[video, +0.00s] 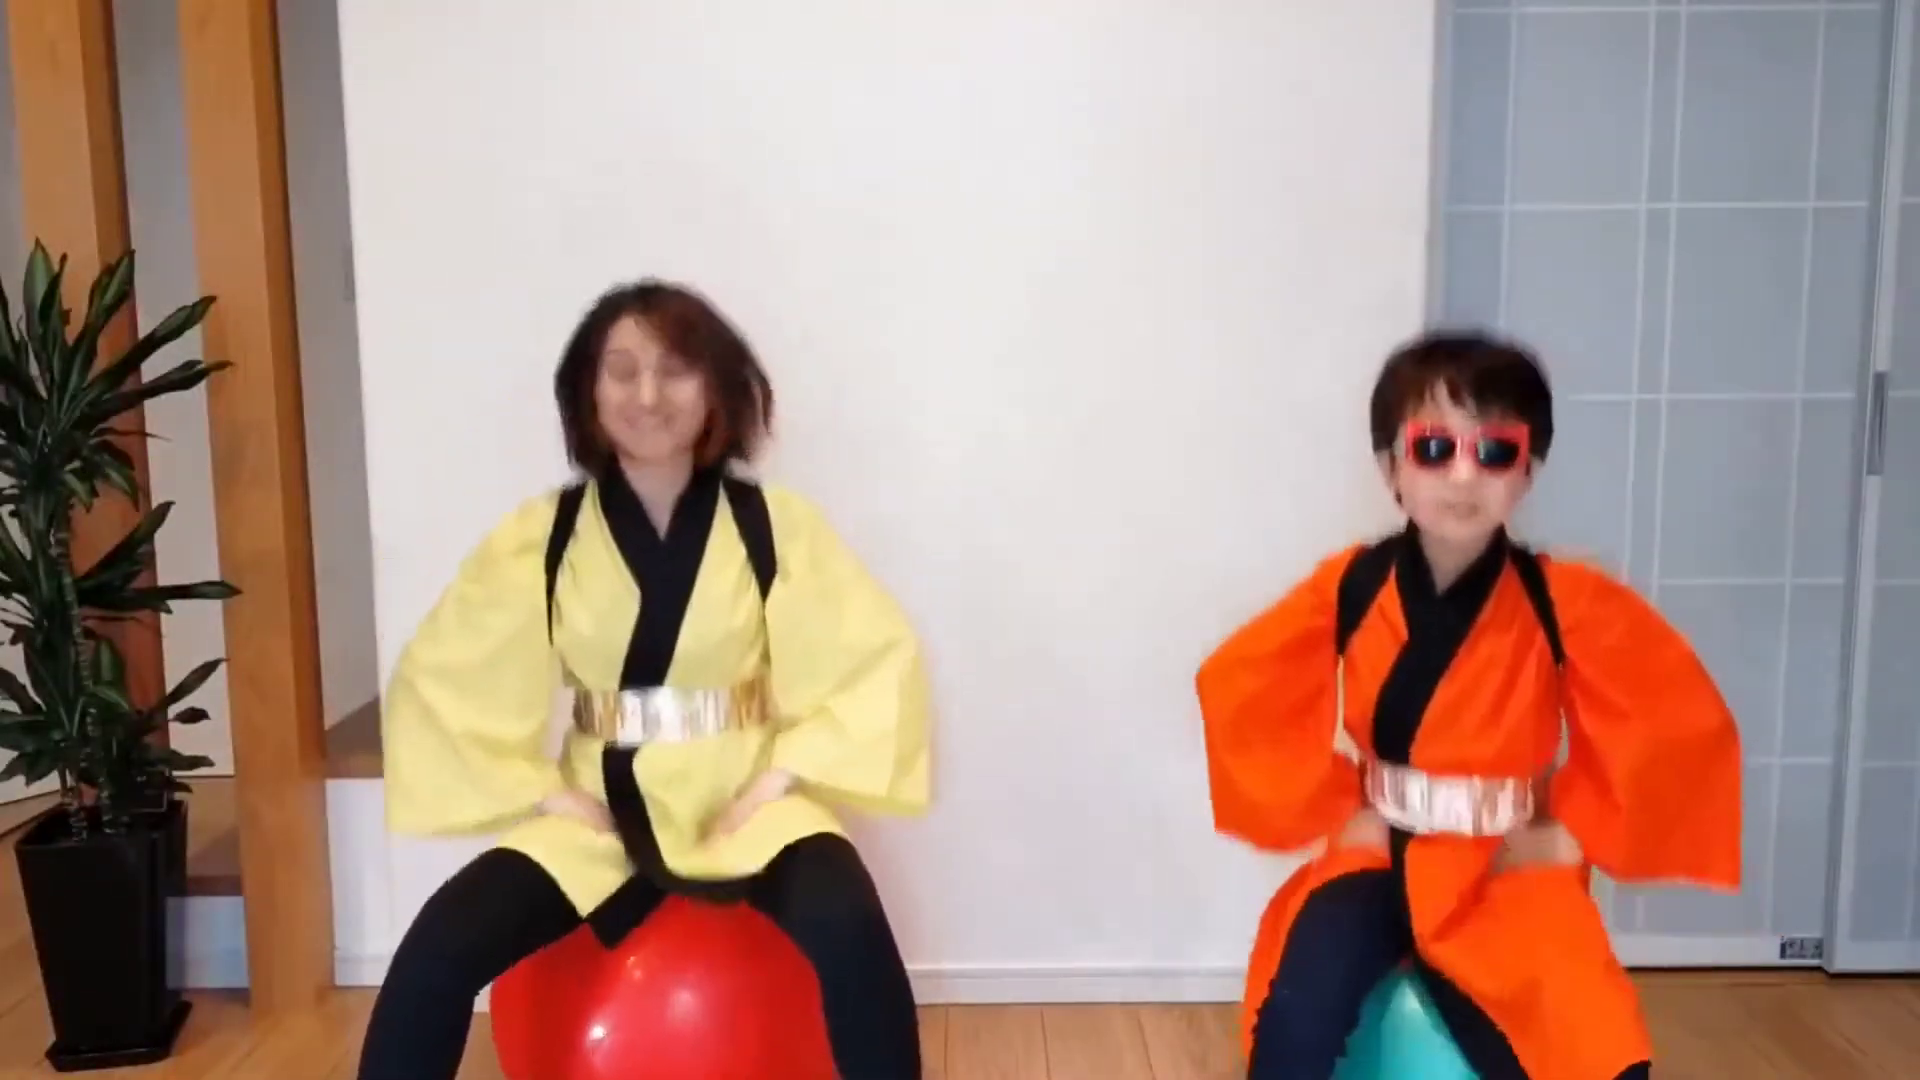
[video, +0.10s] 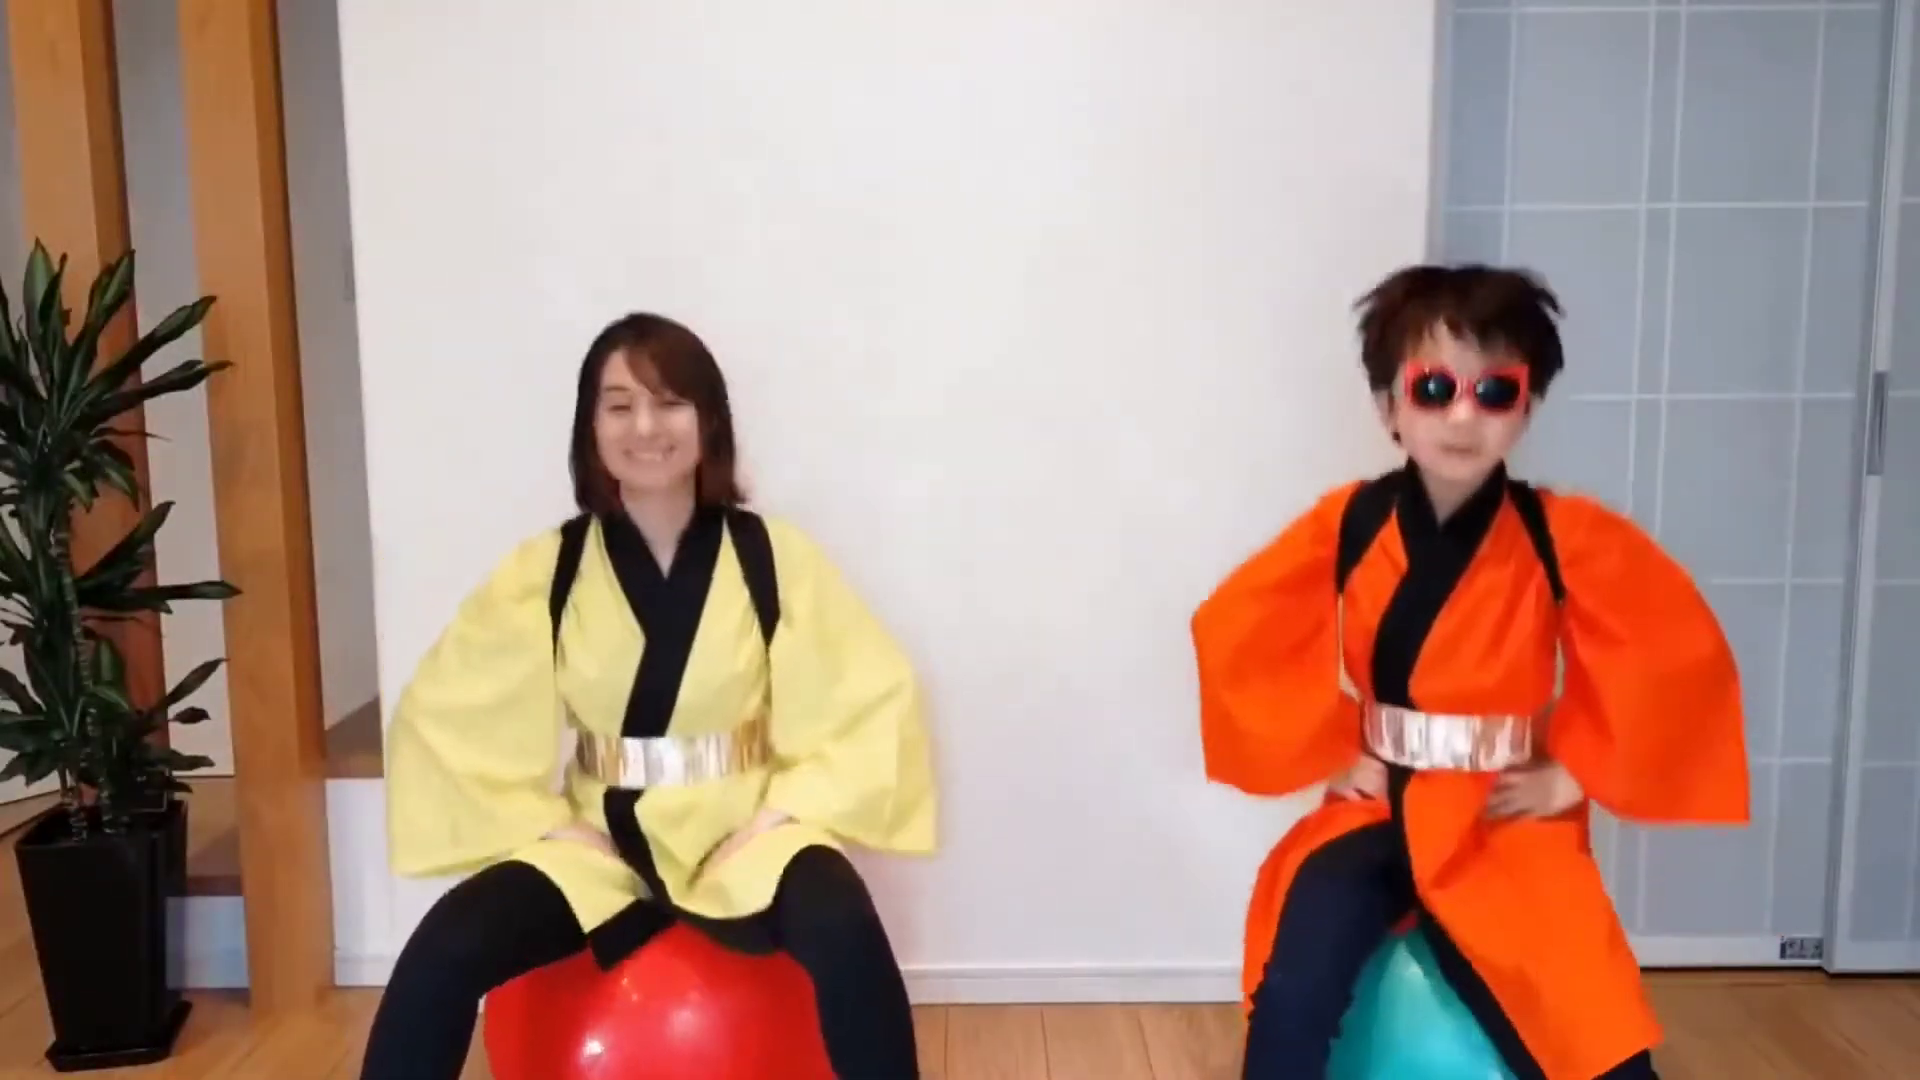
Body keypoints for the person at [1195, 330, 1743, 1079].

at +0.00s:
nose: (1464, 473)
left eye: (1497, 450)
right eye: (1434, 446)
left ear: (1529, 474)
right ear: (1392, 470)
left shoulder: (1564, 601)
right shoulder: (1354, 585)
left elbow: (1687, 728)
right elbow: (1234, 687)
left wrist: (1572, 835)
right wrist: (1336, 813)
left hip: (1514, 871)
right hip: (1375, 859)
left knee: (1599, 1046)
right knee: (1301, 1006)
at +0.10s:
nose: (1463, 413)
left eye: (1496, 390)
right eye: (1434, 387)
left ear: (1529, 410)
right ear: (1390, 411)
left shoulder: (1563, 533)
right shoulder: (1352, 523)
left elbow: (1683, 654)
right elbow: (1232, 630)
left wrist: (1576, 772)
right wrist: (1338, 748)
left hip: (1513, 818)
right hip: (1378, 809)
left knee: (1600, 1018)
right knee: (1309, 937)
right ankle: (1281, 1066)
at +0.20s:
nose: (1463, 431)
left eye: (1494, 407)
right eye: (1433, 405)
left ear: (1525, 423)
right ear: (1388, 426)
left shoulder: (1559, 543)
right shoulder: (1346, 535)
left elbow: (1677, 657)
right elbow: (1229, 640)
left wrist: (1576, 773)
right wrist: (1333, 753)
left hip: (1514, 822)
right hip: (1377, 815)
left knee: (1602, 1013)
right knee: (1308, 946)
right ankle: (1280, 1067)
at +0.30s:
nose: (1457, 512)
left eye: (1487, 488)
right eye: (1426, 488)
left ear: (1516, 504)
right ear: (1381, 509)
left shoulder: (1556, 626)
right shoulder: (1346, 614)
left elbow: (1676, 744)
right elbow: (1227, 712)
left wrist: (1564, 846)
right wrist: (1333, 816)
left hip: (1505, 885)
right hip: (1370, 874)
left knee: (1602, 1042)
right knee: (1303, 986)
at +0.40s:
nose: (1453, 574)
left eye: (1481, 550)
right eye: (1422, 552)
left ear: (1514, 567)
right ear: (1383, 577)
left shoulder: (1557, 691)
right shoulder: (1346, 676)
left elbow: (1679, 808)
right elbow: (1226, 764)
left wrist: (1566, 896)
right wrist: (1329, 861)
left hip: (1501, 933)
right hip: (1365, 920)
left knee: (1614, 1050)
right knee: (1288, 1010)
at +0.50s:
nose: (1459, 517)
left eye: (1489, 490)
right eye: (1427, 494)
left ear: (1520, 507)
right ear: (1386, 515)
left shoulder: (1559, 635)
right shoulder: (1352, 617)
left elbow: (1678, 758)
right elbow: (1231, 714)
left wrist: (1568, 860)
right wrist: (1326, 830)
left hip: (1504, 900)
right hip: (1365, 888)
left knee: (1618, 1059)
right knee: (1272, 1011)